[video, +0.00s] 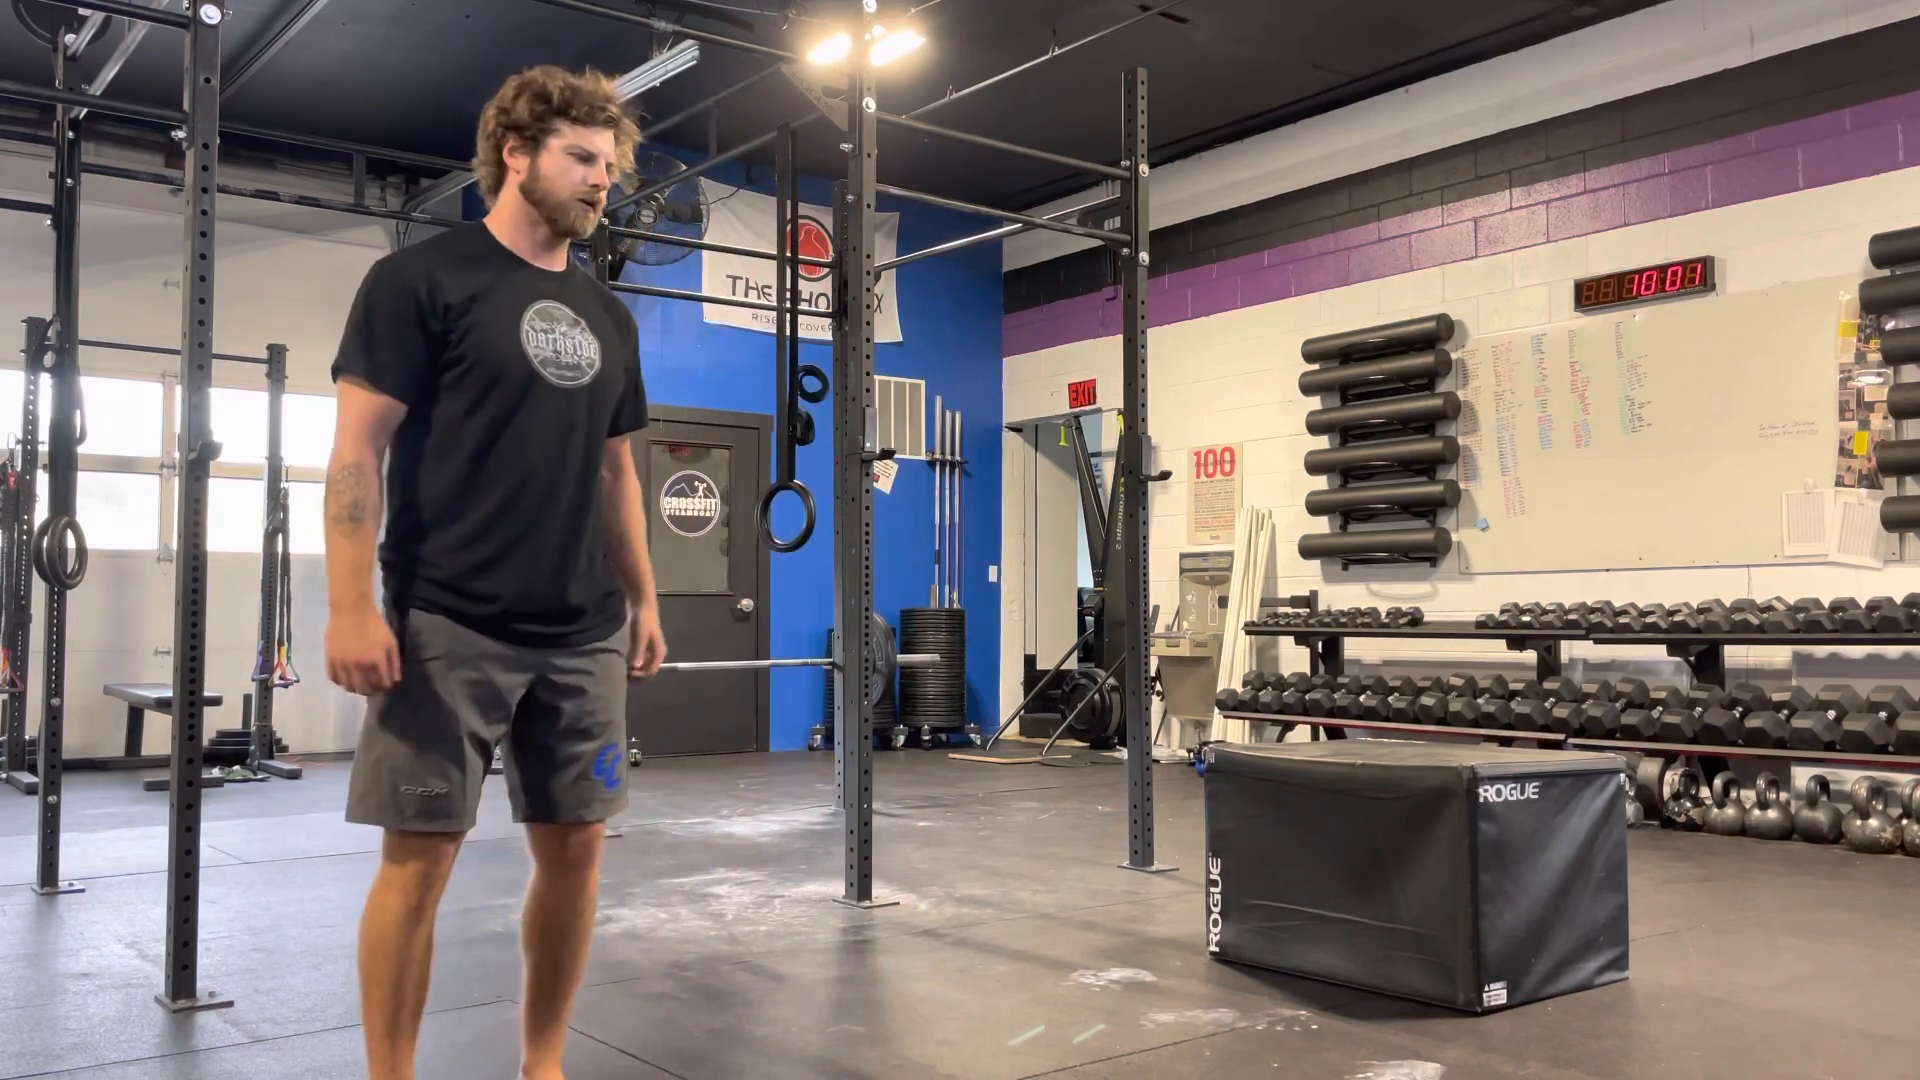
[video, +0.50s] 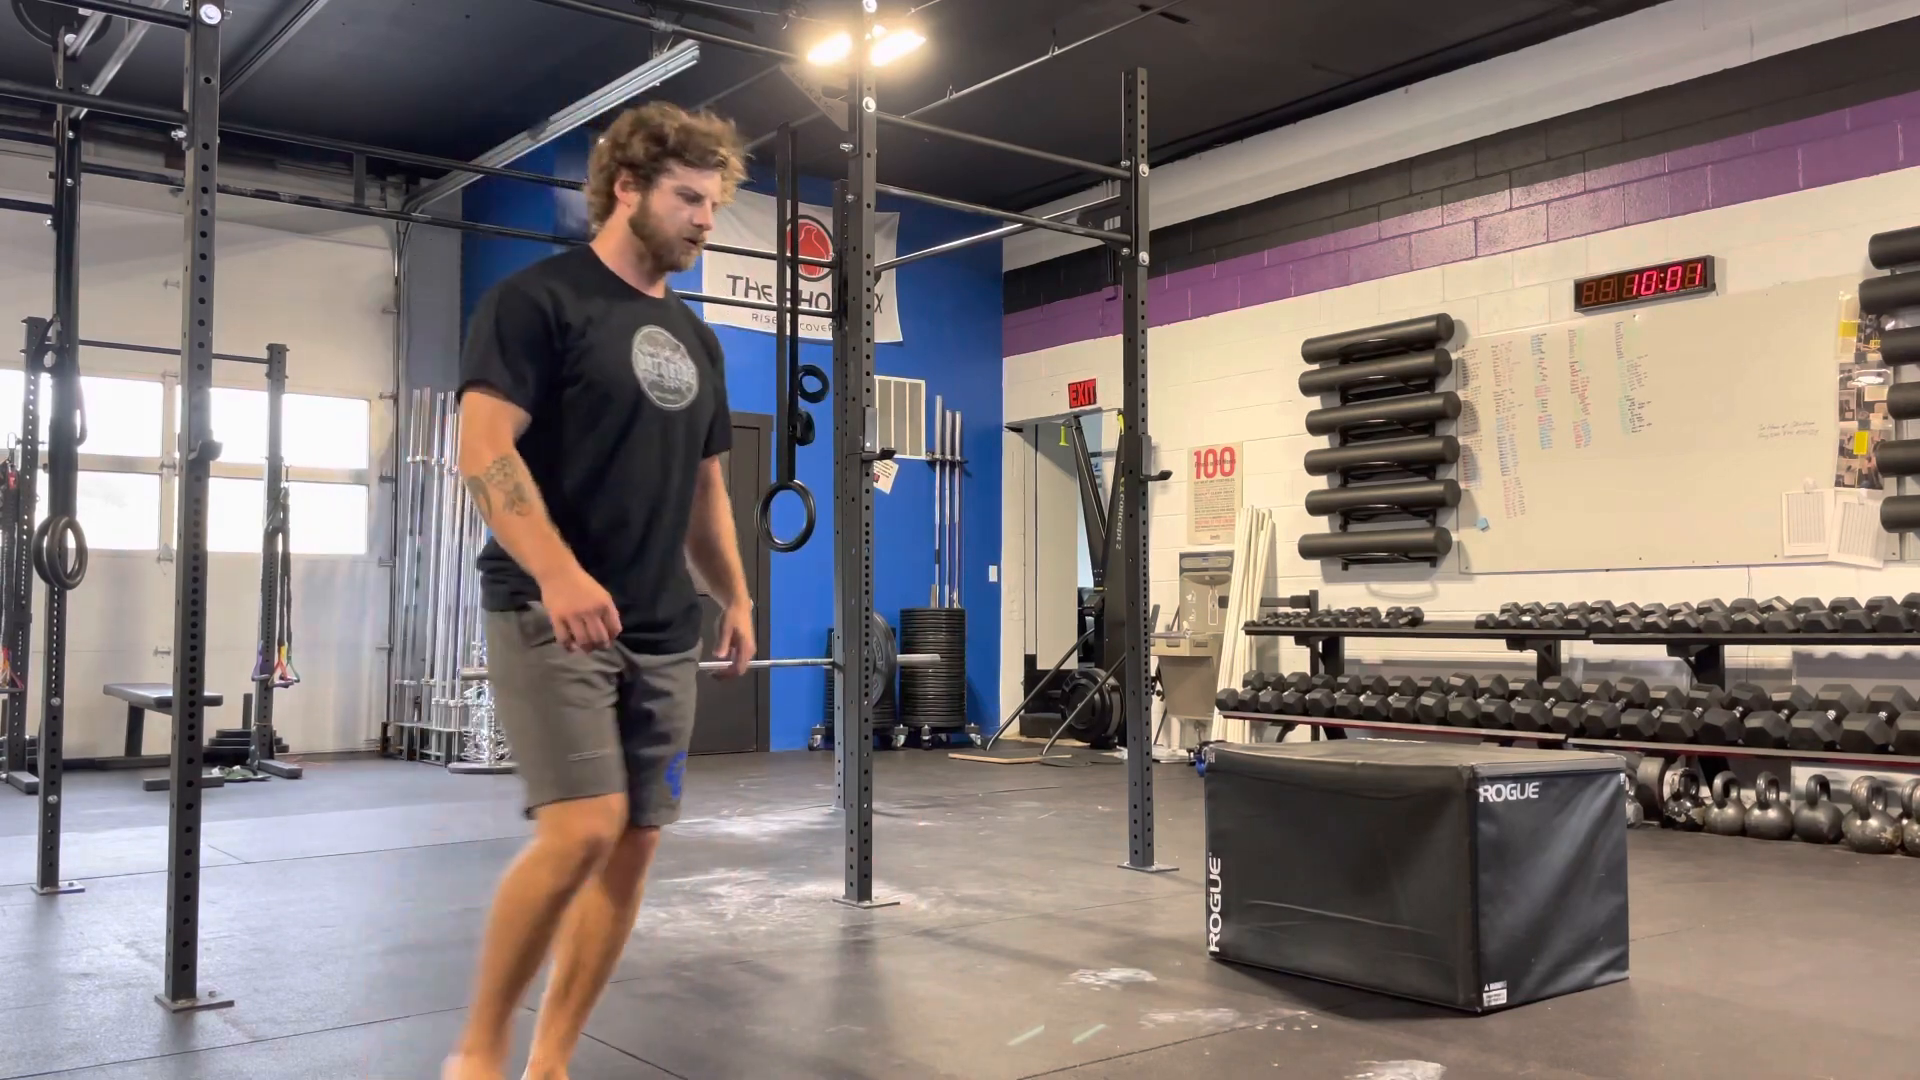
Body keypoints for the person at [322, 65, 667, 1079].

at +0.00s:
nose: (604, 179)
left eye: (612, 164)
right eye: (585, 157)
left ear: (614, 176)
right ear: (517, 156)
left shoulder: (605, 312)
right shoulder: (419, 275)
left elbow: (617, 464)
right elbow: (355, 449)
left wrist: (642, 594)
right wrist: (353, 606)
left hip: (579, 627)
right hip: (448, 620)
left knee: (573, 847)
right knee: (418, 856)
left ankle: (543, 1063)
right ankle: (389, 1071)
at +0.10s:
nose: (617, 186)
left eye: (626, 172)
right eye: (598, 163)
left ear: (625, 183)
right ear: (531, 158)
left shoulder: (615, 313)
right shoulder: (434, 279)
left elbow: (628, 466)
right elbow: (381, 448)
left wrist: (661, 589)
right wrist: (397, 606)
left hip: (588, 629)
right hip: (458, 624)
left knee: (579, 848)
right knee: (423, 856)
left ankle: (544, 1062)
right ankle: (389, 1071)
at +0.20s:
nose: (638, 195)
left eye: (646, 180)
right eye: (621, 172)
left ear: (641, 189)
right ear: (553, 165)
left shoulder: (632, 317)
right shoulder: (457, 277)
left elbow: (644, 467)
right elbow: (413, 453)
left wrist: (677, 586)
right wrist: (459, 596)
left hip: (604, 628)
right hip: (482, 621)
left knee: (589, 847)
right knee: (438, 850)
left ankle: (545, 1062)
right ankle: (393, 1070)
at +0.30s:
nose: (657, 201)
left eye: (667, 186)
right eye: (640, 179)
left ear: (668, 195)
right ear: (574, 174)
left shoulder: (653, 324)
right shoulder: (480, 286)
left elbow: (663, 469)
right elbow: (442, 451)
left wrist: (693, 585)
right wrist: (519, 579)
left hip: (624, 628)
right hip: (500, 625)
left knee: (599, 852)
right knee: (458, 855)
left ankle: (547, 1065)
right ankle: (398, 1070)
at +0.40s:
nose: (682, 210)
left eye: (691, 195)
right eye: (664, 187)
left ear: (689, 204)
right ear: (600, 182)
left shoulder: (675, 328)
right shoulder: (506, 294)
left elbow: (683, 472)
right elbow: (469, 452)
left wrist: (710, 589)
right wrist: (558, 567)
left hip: (642, 629)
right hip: (520, 620)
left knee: (610, 853)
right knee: (509, 843)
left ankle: (548, 1064)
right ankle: (416, 1064)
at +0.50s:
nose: (705, 219)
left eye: (715, 203)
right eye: (690, 198)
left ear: (716, 209)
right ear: (626, 189)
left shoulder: (693, 336)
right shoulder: (537, 298)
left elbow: (705, 483)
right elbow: (482, 453)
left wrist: (735, 593)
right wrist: (559, 575)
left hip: (665, 624)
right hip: (552, 613)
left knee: (631, 843)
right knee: (582, 822)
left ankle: (549, 1062)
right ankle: (478, 1055)